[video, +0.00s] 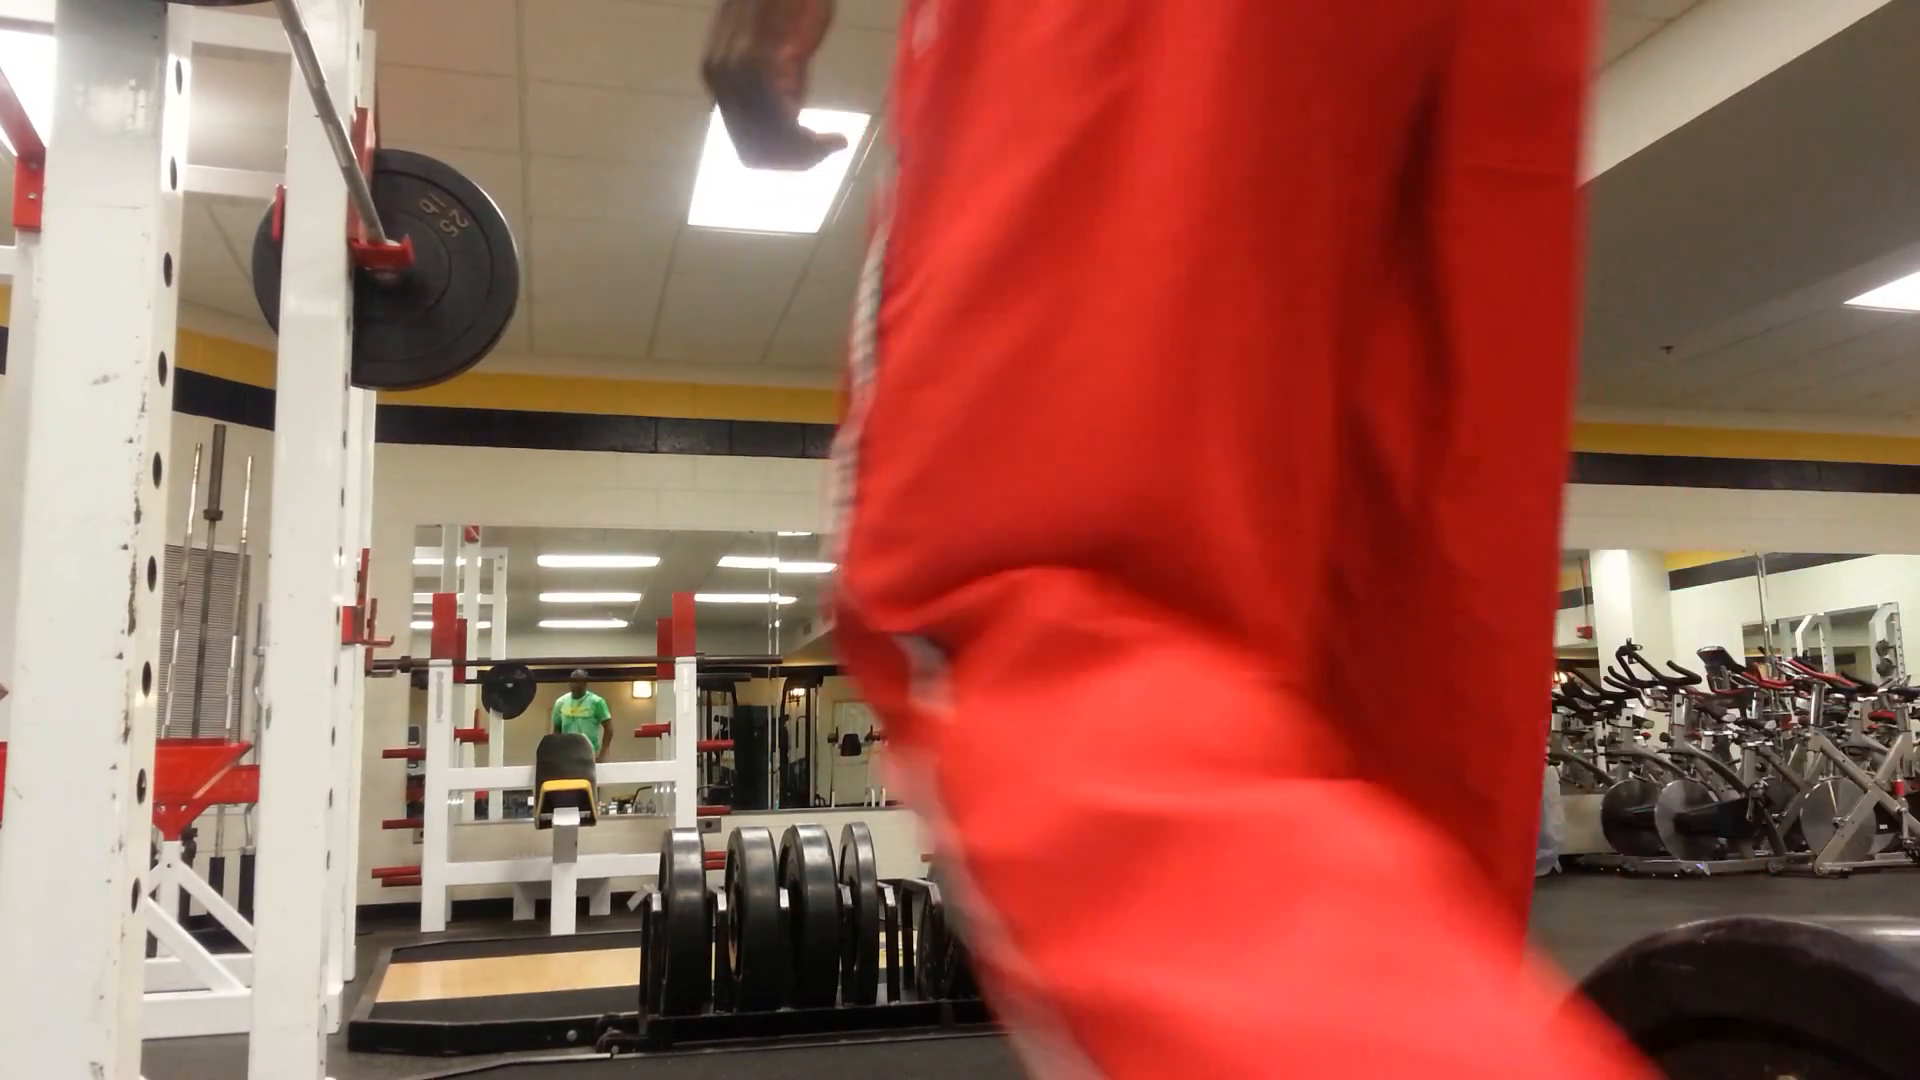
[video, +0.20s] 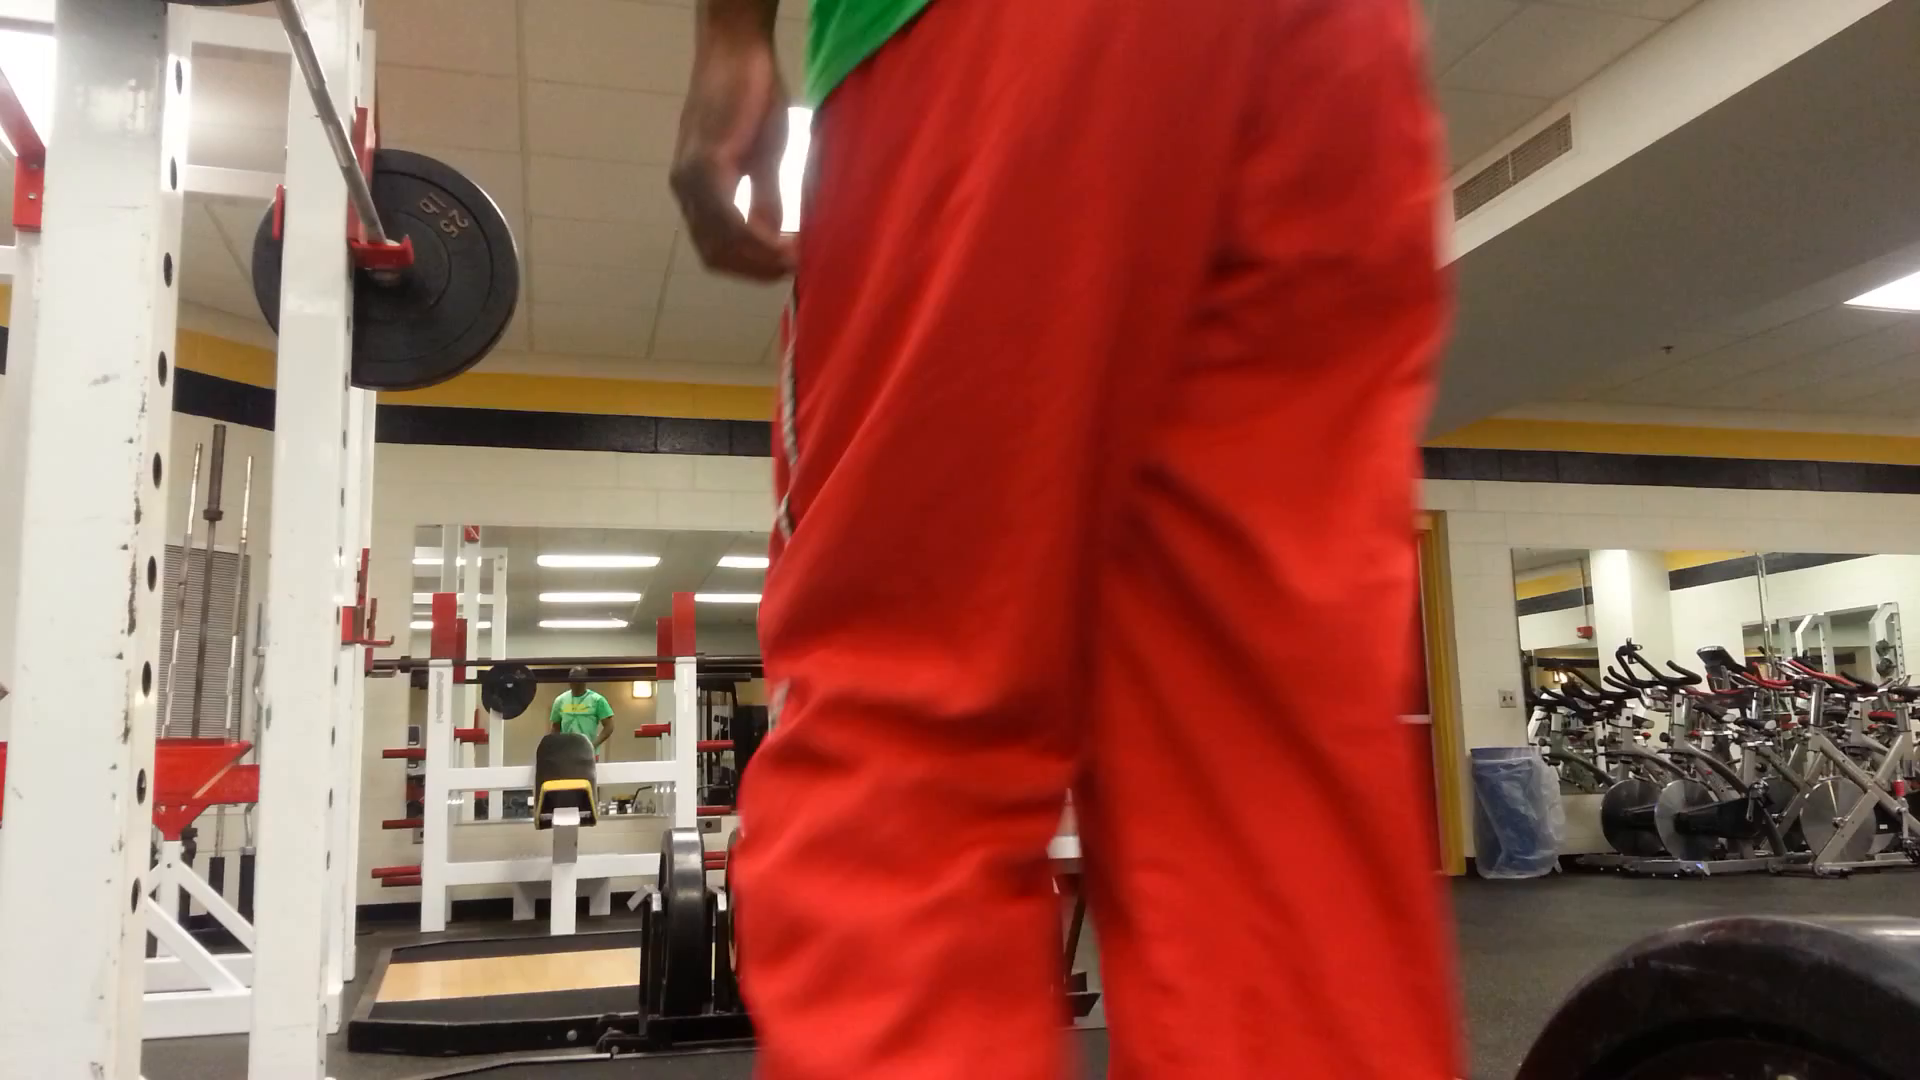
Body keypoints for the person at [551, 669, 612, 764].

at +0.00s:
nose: (576, 686)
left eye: (579, 682)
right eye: (573, 682)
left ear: (585, 683)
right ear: (570, 683)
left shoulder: (597, 702)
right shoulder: (560, 703)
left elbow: (609, 729)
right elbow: (557, 731)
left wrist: (602, 755)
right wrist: (556, 753)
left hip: (590, 752)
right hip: (567, 752)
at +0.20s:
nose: (576, 685)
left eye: (579, 682)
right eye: (573, 682)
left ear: (585, 682)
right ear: (569, 682)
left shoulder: (597, 700)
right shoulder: (560, 700)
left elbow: (609, 726)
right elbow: (555, 727)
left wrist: (593, 746)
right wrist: (555, 748)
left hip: (588, 752)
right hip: (566, 752)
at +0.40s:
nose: (572, 684)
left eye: (575, 681)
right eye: (570, 681)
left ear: (582, 681)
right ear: (567, 681)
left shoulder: (596, 700)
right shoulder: (559, 700)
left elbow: (605, 728)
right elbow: (555, 725)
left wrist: (582, 726)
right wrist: (550, 746)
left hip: (588, 752)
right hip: (565, 752)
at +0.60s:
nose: (572, 685)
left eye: (575, 681)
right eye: (569, 681)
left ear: (581, 681)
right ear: (565, 682)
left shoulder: (594, 699)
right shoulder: (556, 701)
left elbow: (600, 728)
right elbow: (552, 730)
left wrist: (577, 718)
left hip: (586, 751)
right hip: (563, 752)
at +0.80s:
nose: (569, 674)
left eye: (572, 671)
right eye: (567, 671)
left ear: (581, 674)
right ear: (564, 674)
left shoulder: (595, 696)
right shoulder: (556, 696)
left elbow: (603, 724)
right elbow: (548, 723)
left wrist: (585, 718)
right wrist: (546, 743)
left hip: (585, 749)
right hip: (560, 748)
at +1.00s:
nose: (568, 676)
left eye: (572, 672)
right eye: (567, 672)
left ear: (583, 674)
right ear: (565, 674)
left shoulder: (596, 698)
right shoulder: (559, 698)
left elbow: (604, 727)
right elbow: (556, 725)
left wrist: (582, 729)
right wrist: (547, 741)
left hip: (587, 752)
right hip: (564, 751)